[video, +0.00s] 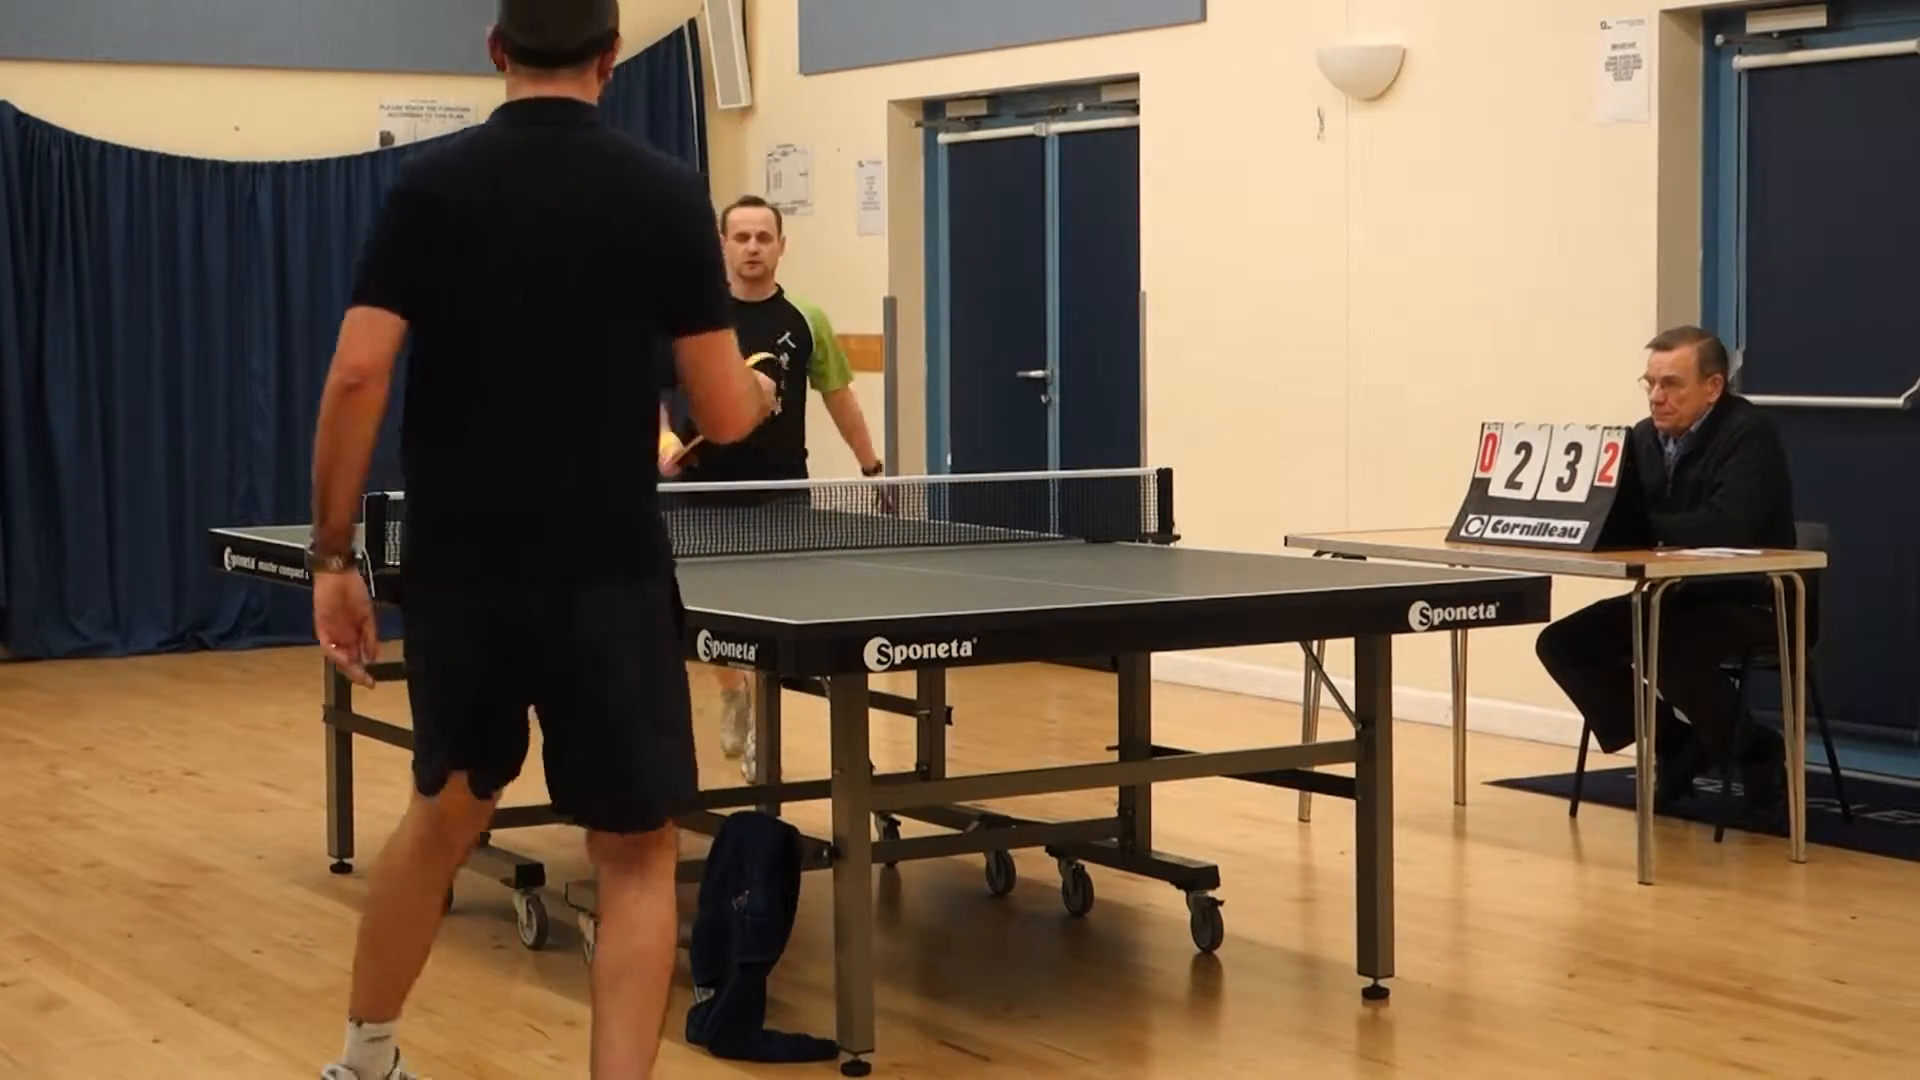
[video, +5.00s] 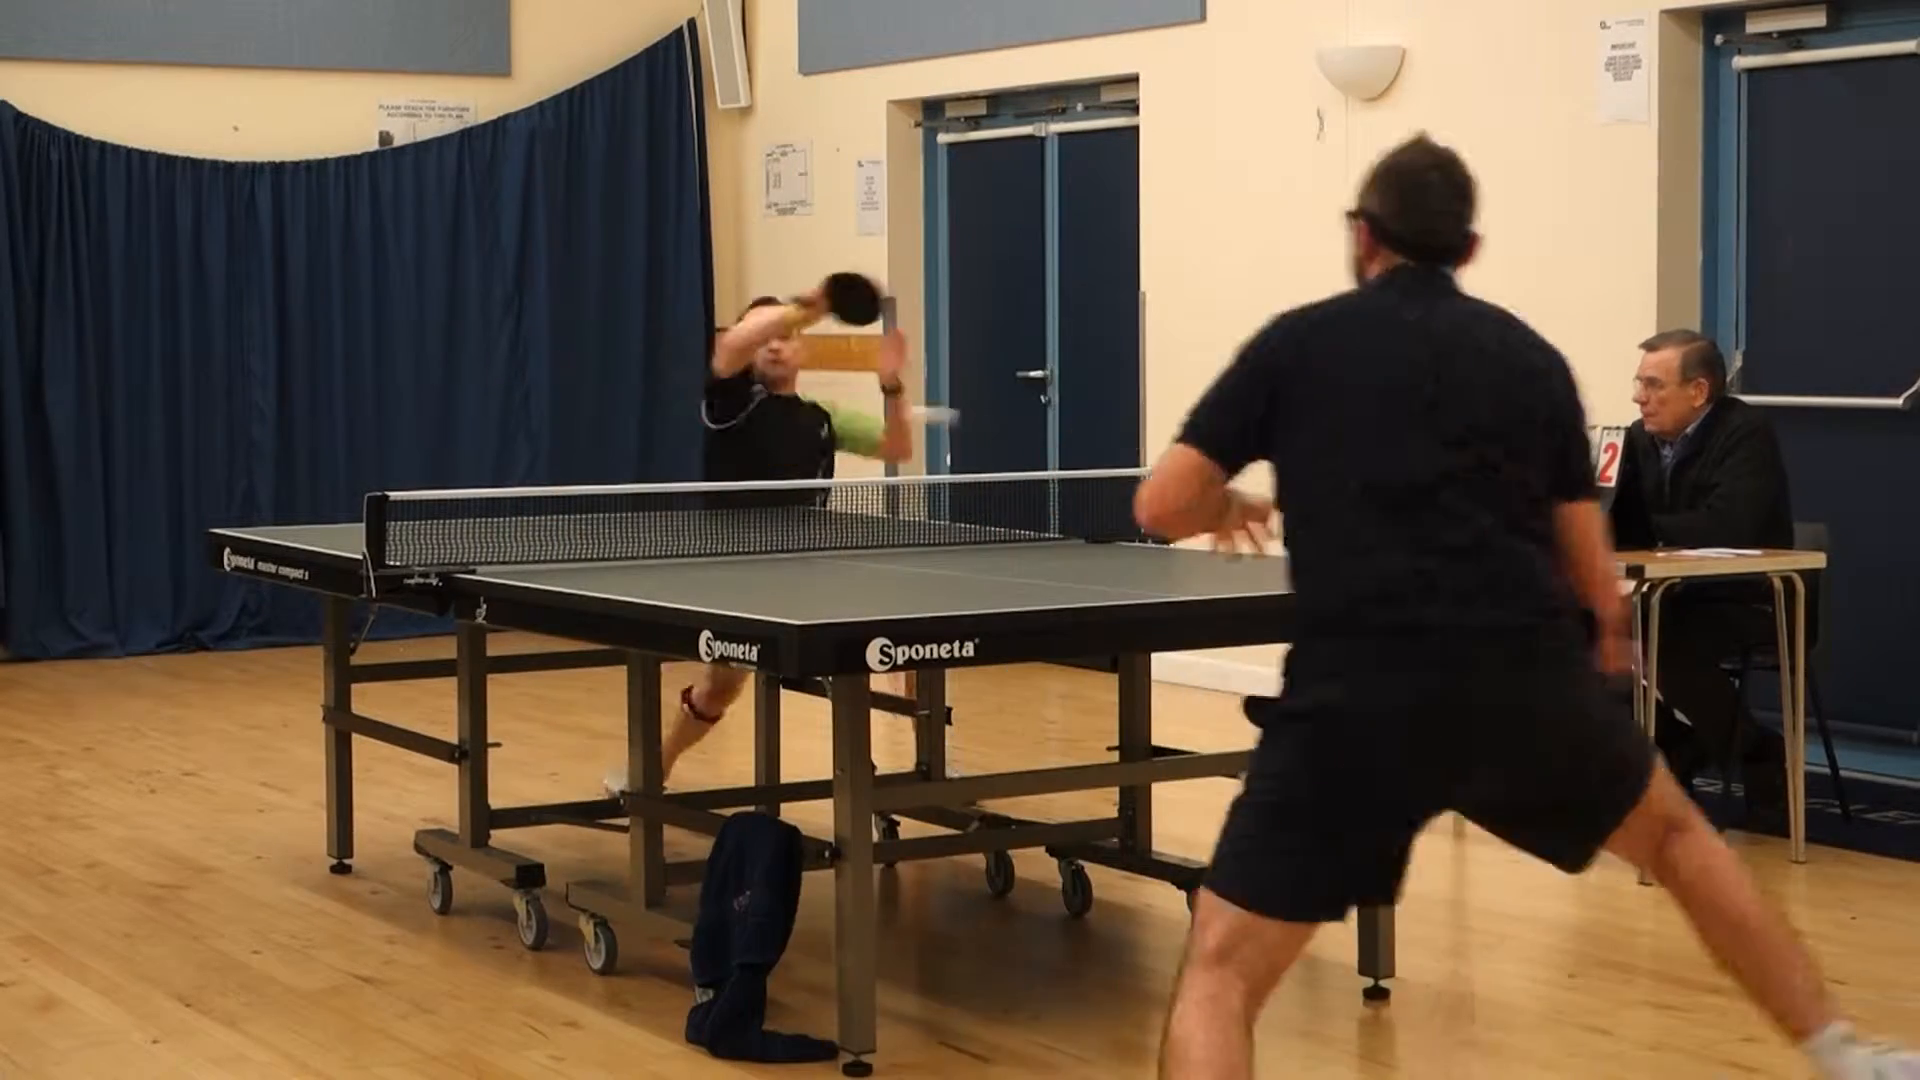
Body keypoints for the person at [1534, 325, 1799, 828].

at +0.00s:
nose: (1656, 396)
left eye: (1671, 383)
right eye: (1651, 382)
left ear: (1713, 387)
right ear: (1645, 383)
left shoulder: (1749, 434)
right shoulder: (1643, 439)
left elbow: (1734, 525)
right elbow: (1608, 511)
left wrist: (1638, 530)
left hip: (1760, 601)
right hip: (1674, 597)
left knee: (1669, 647)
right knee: (1562, 643)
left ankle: (1754, 749)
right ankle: (1674, 742)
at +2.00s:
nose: (1663, 399)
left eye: (1680, 385)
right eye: (1656, 384)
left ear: (1717, 389)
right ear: (1647, 385)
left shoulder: (1749, 433)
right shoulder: (1641, 438)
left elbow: (1731, 526)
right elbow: (1609, 517)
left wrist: (1637, 529)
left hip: (1755, 599)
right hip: (1672, 595)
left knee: (1669, 647)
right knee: (1561, 645)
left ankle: (1756, 749)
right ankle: (1675, 743)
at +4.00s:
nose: (1656, 398)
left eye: (1671, 385)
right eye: (1651, 384)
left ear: (1713, 388)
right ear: (1644, 385)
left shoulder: (1747, 433)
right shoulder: (1642, 437)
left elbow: (1733, 526)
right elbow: (1607, 513)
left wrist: (1638, 531)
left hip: (1756, 600)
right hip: (1673, 595)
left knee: (1665, 644)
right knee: (1562, 644)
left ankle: (1757, 753)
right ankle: (1674, 741)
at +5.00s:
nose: (1639, 396)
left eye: (1653, 385)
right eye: (1640, 383)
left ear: (1698, 393)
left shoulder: (1746, 435)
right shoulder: (1642, 439)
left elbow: (1734, 528)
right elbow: (1623, 529)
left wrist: (1647, 532)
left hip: (1755, 597)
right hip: (1677, 592)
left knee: (1670, 642)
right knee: (1605, 629)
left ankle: (1758, 753)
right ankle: (1675, 742)